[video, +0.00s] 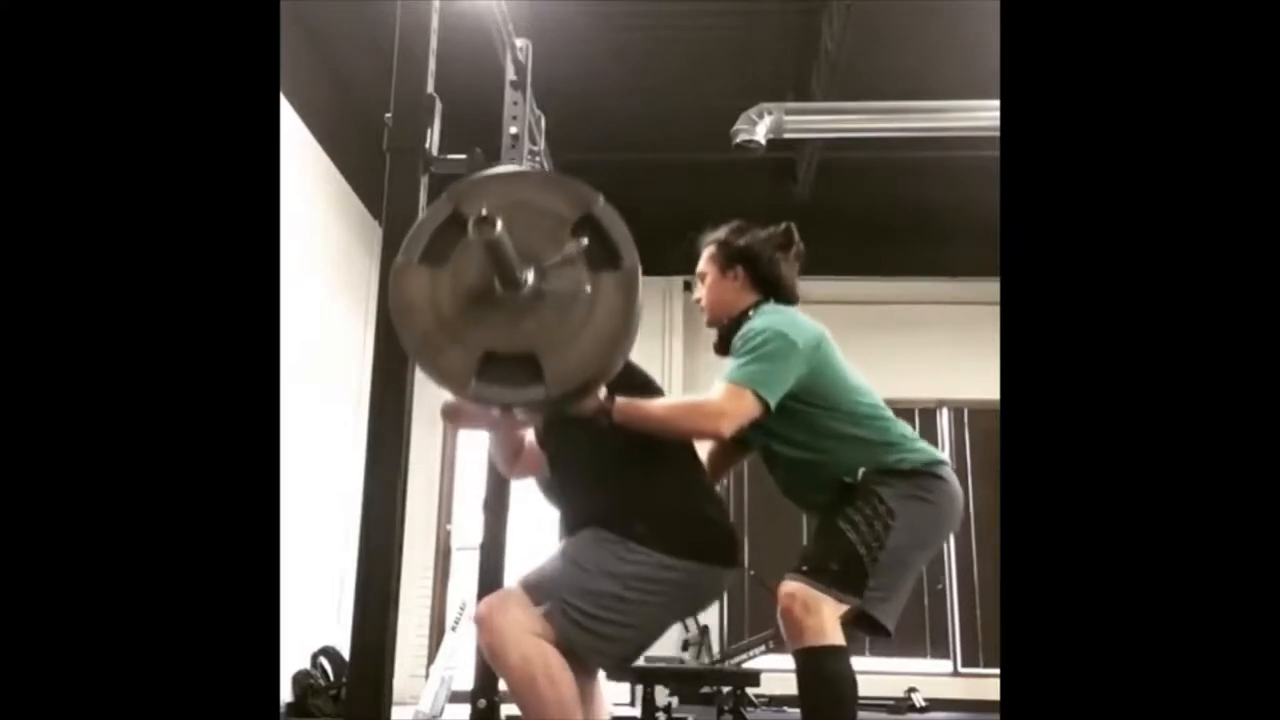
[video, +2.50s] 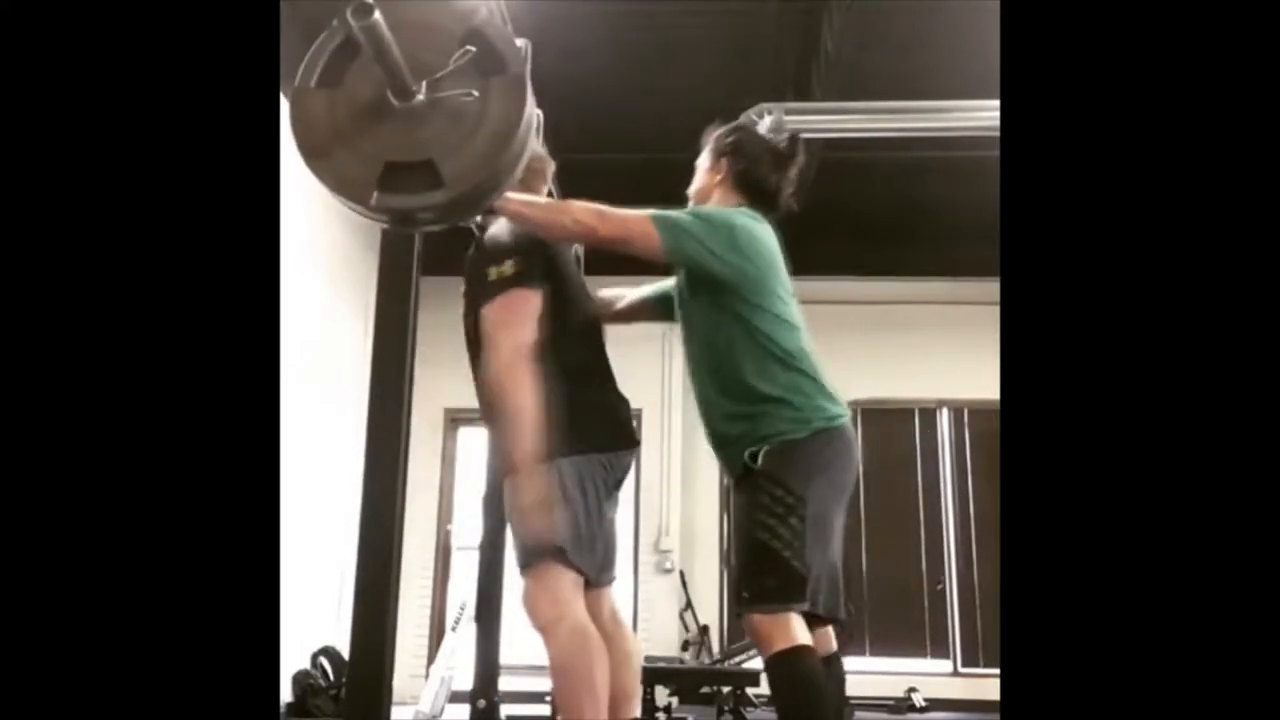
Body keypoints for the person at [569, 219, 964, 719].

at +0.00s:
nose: (696, 294)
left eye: (702, 279)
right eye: (697, 281)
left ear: (736, 277)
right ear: (739, 277)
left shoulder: (777, 329)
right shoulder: (763, 344)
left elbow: (724, 416)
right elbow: (725, 456)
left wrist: (608, 405)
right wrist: (669, 499)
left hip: (908, 484)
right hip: (872, 491)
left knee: (805, 603)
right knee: (808, 609)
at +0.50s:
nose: (710, 225)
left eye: (719, 210)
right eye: (713, 211)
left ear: (753, 213)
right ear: (754, 216)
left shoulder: (778, 268)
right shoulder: (753, 291)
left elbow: (715, 340)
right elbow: (703, 406)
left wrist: (606, 310)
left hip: (876, 448)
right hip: (853, 455)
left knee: (821, 606)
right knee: (818, 610)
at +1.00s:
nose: (727, 196)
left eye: (736, 183)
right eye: (732, 184)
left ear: (762, 188)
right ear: (772, 193)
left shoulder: (786, 243)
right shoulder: (754, 291)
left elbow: (707, 263)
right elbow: (689, 348)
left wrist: (613, 215)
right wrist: (613, 307)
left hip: (841, 443)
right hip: (820, 454)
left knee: (817, 614)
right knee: (819, 618)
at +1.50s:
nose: (697, 192)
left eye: (713, 182)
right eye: (701, 183)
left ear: (749, 197)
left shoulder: (736, 240)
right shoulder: (707, 294)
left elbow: (623, 222)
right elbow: (628, 318)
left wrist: (521, 182)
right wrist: (543, 290)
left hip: (813, 441)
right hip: (791, 452)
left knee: (816, 617)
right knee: (816, 620)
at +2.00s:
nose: (640, 204)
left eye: (650, 193)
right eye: (644, 194)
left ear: (683, 200)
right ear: (685, 207)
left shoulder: (685, 252)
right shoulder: (660, 299)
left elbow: (583, 247)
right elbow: (594, 348)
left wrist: (480, 203)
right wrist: (520, 311)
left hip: (739, 456)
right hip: (750, 457)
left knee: (759, 621)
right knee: (789, 621)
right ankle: (835, 716)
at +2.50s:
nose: (691, 175)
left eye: (700, 161)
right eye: (698, 161)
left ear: (724, 165)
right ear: (747, 175)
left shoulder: (732, 232)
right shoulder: (721, 264)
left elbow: (595, 224)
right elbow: (620, 302)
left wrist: (492, 196)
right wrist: (548, 302)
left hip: (793, 442)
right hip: (807, 442)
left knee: (771, 615)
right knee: (813, 620)